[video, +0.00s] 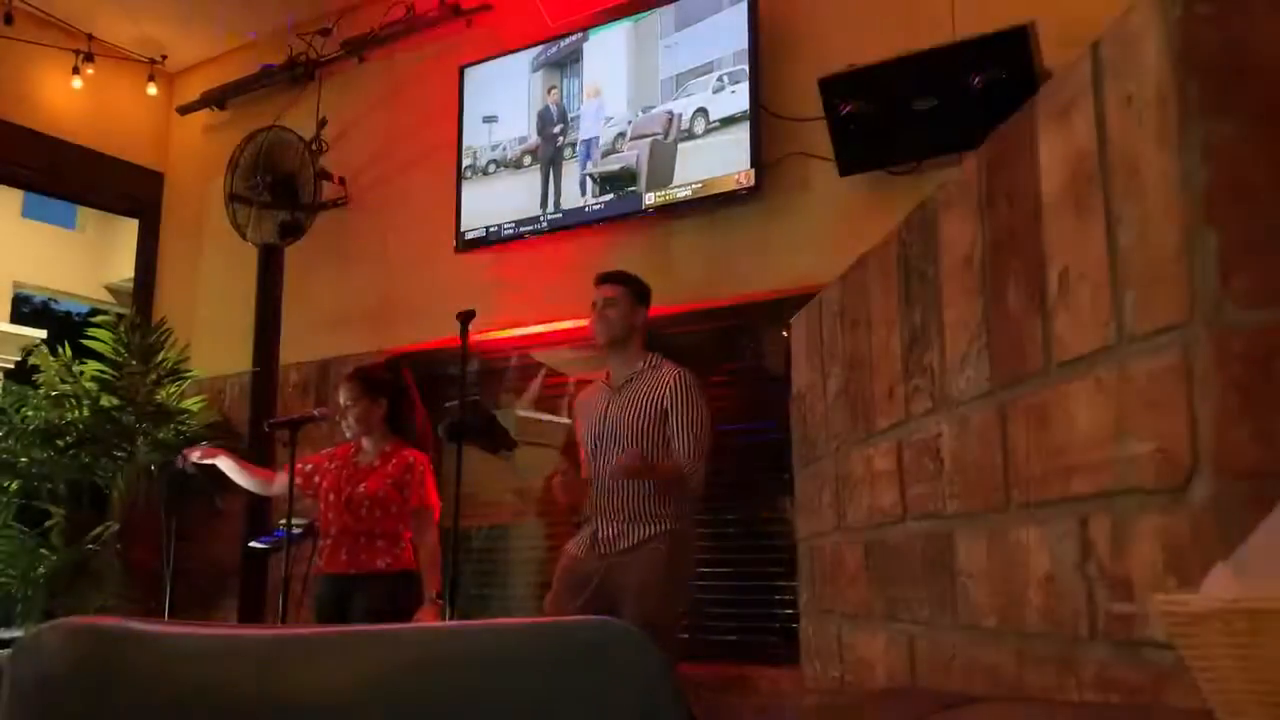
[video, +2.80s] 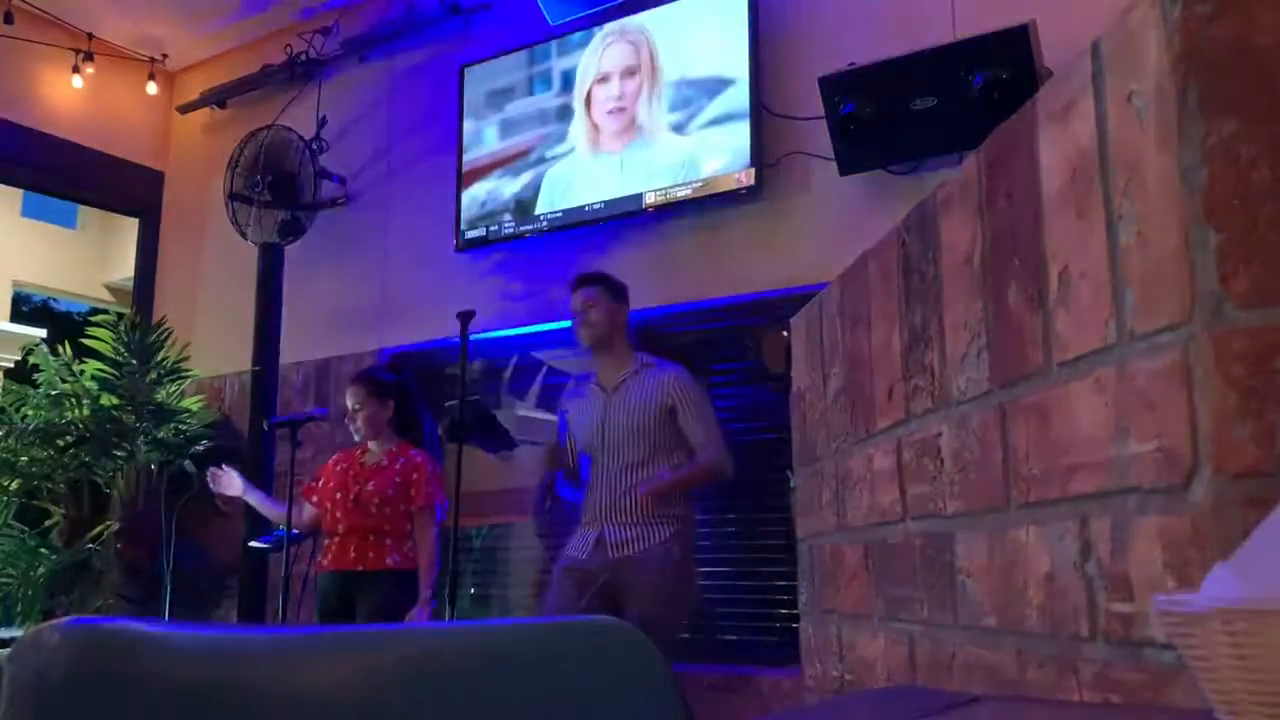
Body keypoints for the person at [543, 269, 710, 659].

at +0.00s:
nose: (598, 313)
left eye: (610, 305)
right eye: (595, 306)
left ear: (640, 316)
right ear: (592, 317)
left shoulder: (674, 383)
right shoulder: (586, 398)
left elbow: (691, 473)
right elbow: (591, 476)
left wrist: (646, 470)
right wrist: (571, 486)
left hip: (655, 541)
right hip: (593, 540)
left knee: (643, 651)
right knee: (559, 632)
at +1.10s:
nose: (590, 301)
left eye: (605, 295)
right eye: (585, 293)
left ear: (627, 314)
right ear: (576, 305)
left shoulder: (648, 389)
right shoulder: (547, 386)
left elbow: (669, 484)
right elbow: (536, 466)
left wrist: (590, 506)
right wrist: (517, 484)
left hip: (609, 559)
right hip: (539, 557)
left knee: (608, 680)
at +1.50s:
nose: (541, 284)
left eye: (555, 279)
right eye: (533, 278)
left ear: (575, 299)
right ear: (523, 296)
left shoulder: (604, 377)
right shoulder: (493, 380)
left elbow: (632, 469)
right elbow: (481, 463)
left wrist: (579, 508)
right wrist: (468, 454)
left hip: (571, 559)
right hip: (494, 561)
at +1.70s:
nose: (484, 303)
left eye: (493, 289)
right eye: (486, 291)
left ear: (530, 293)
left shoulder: (585, 367)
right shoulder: (487, 383)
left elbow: (624, 455)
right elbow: (481, 466)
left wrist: (565, 504)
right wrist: (462, 460)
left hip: (565, 556)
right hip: (489, 561)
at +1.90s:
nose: (468, 327)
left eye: (472, 314)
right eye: (468, 317)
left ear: (497, 307)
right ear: (497, 309)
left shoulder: (570, 366)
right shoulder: (496, 395)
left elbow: (616, 452)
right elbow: (519, 486)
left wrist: (563, 519)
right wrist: (475, 492)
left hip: (564, 561)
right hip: (496, 563)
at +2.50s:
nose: (519, 332)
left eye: (524, 320)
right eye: (518, 322)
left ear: (554, 315)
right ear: (549, 319)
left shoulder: (616, 370)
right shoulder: (542, 393)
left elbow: (656, 449)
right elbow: (553, 468)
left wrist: (596, 478)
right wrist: (527, 491)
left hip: (614, 551)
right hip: (554, 551)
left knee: (613, 665)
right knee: (539, 659)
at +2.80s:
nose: (581, 318)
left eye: (590, 307)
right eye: (575, 311)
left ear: (621, 312)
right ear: (572, 323)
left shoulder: (670, 381)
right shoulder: (574, 395)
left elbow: (717, 460)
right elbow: (572, 471)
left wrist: (662, 486)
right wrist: (551, 477)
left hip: (654, 545)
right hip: (587, 544)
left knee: (644, 662)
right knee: (555, 646)